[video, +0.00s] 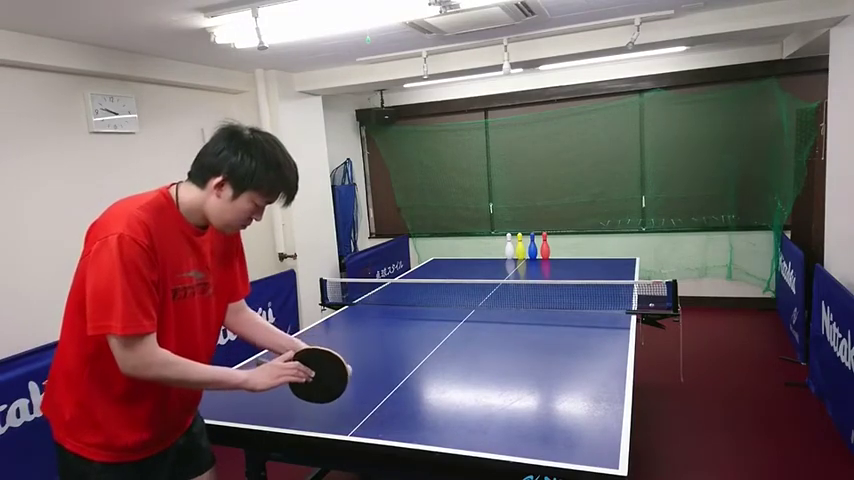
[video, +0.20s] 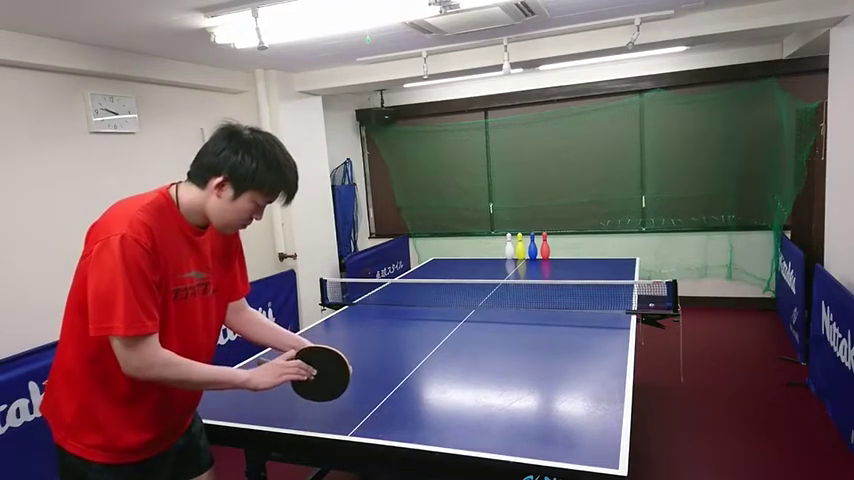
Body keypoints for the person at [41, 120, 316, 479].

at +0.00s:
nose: (258, 218)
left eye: (263, 208)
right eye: (256, 205)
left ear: (219, 188)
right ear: (219, 187)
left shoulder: (221, 228)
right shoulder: (125, 236)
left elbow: (235, 312)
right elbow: (135, 358)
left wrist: (298, 350)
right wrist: (248, 378)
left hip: (173, 421)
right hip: (104, 440)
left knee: (202, 472)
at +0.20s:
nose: (258, 218)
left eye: (264, 207)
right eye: (257, 204)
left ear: (220, 189)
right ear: (220, 187)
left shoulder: (220, 228)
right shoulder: (126, 237)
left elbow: (236, 311)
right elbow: (138, 359)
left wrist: (303, 347)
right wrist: (248, 377)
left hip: (174, 422)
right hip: (105, 442)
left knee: (198, 471)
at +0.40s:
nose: (257, 217)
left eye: (262, 207)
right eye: (256, 204)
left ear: (219, 190)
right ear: (218, 188)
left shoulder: (217, 228)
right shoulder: (125, 238)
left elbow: (235, 311)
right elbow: (143, 360)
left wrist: (302, 347)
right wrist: (252, 378)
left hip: (172, 422)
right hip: (103, 442)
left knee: (197, 471)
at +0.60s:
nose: (254, 220)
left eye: (260, 210)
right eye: (254, 207)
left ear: (218, 191)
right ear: (217, 189)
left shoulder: (217, 229)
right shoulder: (124, 239)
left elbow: (236, 311)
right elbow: (143, 360)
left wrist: (303, 348)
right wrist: (252, 379)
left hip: (172, 424)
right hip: (103, 445)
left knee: (196, 469)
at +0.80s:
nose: (254, 222)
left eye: (260, 211)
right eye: (253, 208)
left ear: (217, 192)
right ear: (216, 190)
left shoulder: (217, 229)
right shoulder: (122, 240)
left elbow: (236, 311)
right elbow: (141, 361)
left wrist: (304, 352)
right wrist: (251, 381)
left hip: (170, 424)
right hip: (102, 445)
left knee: (196, 470)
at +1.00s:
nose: (254, 222)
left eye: (259, 212)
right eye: (251, 209)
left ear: (214, 192)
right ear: (214, 191)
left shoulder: (217, 231)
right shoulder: (120, 241)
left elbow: (237, 313)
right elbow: (137, 362)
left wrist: (306, 354)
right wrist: (245, 383)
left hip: (169, 422)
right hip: (99, 444)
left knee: (197, 471)